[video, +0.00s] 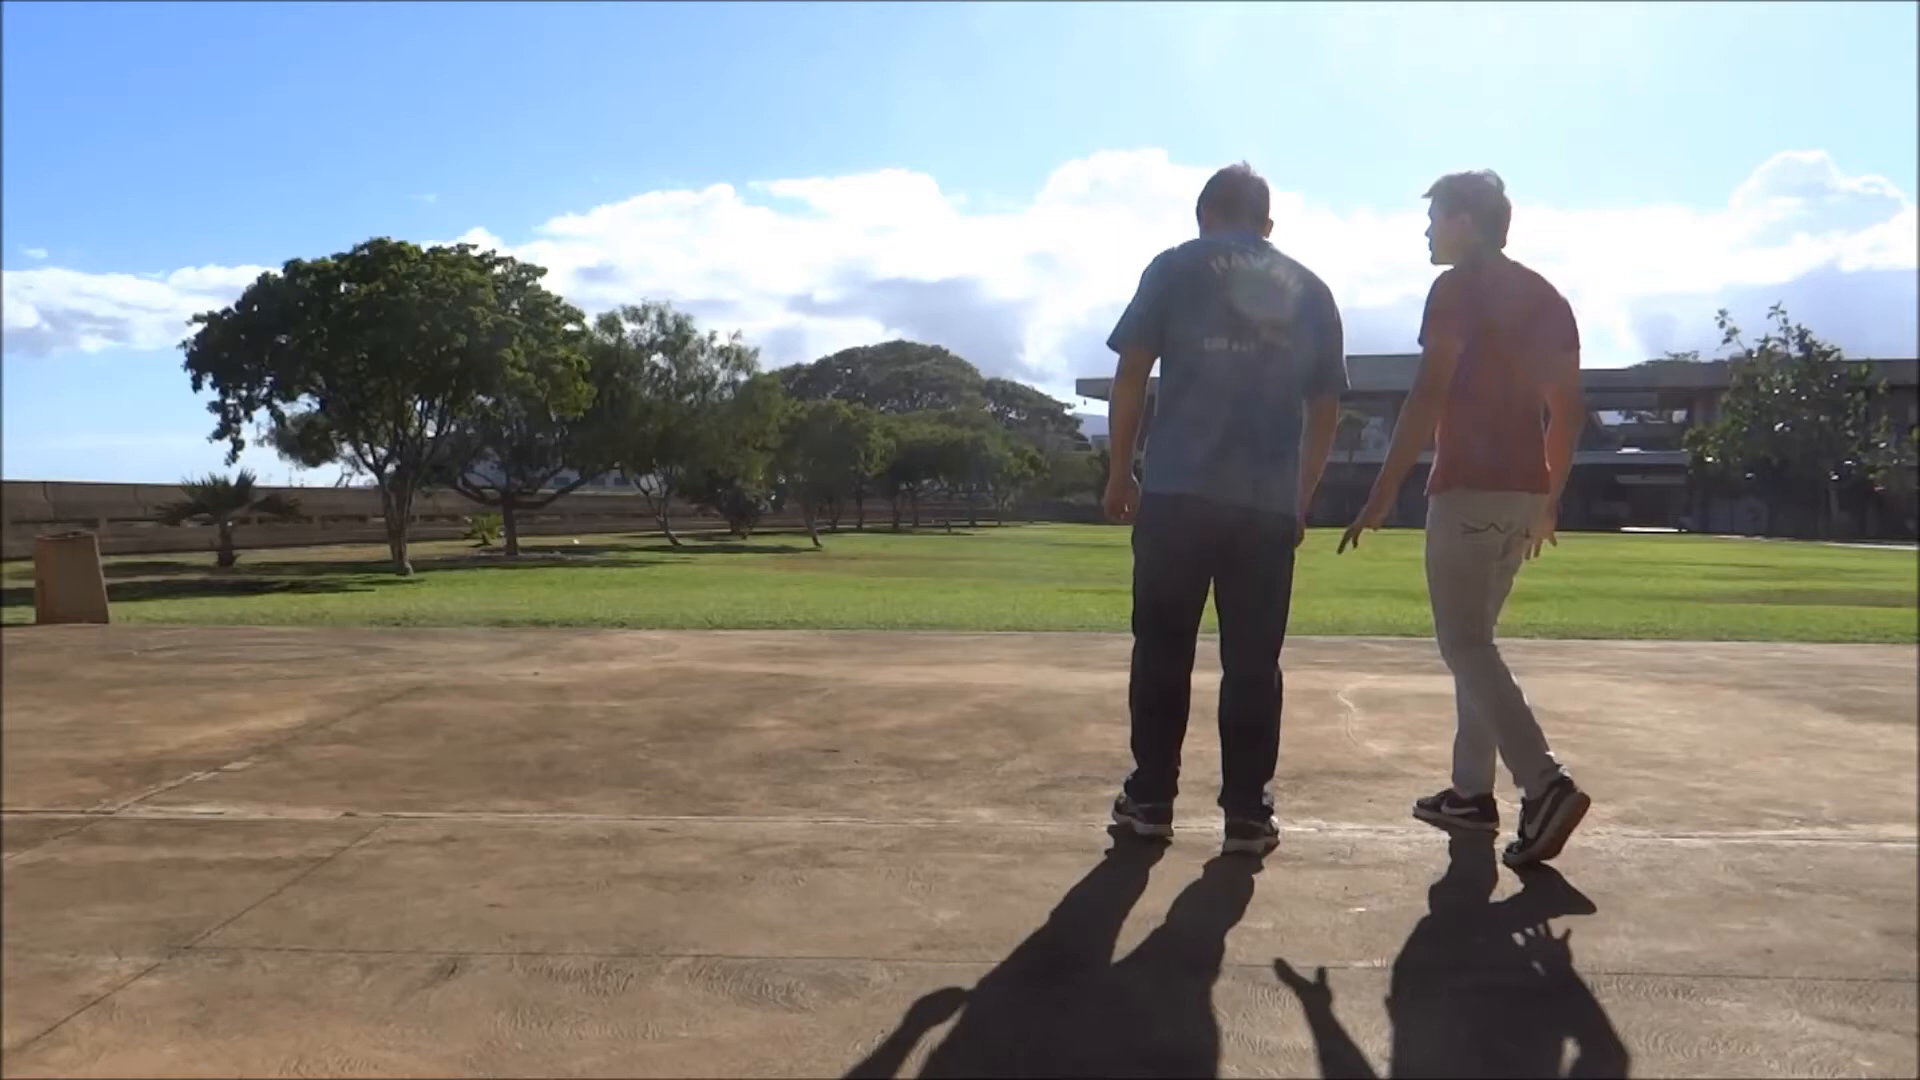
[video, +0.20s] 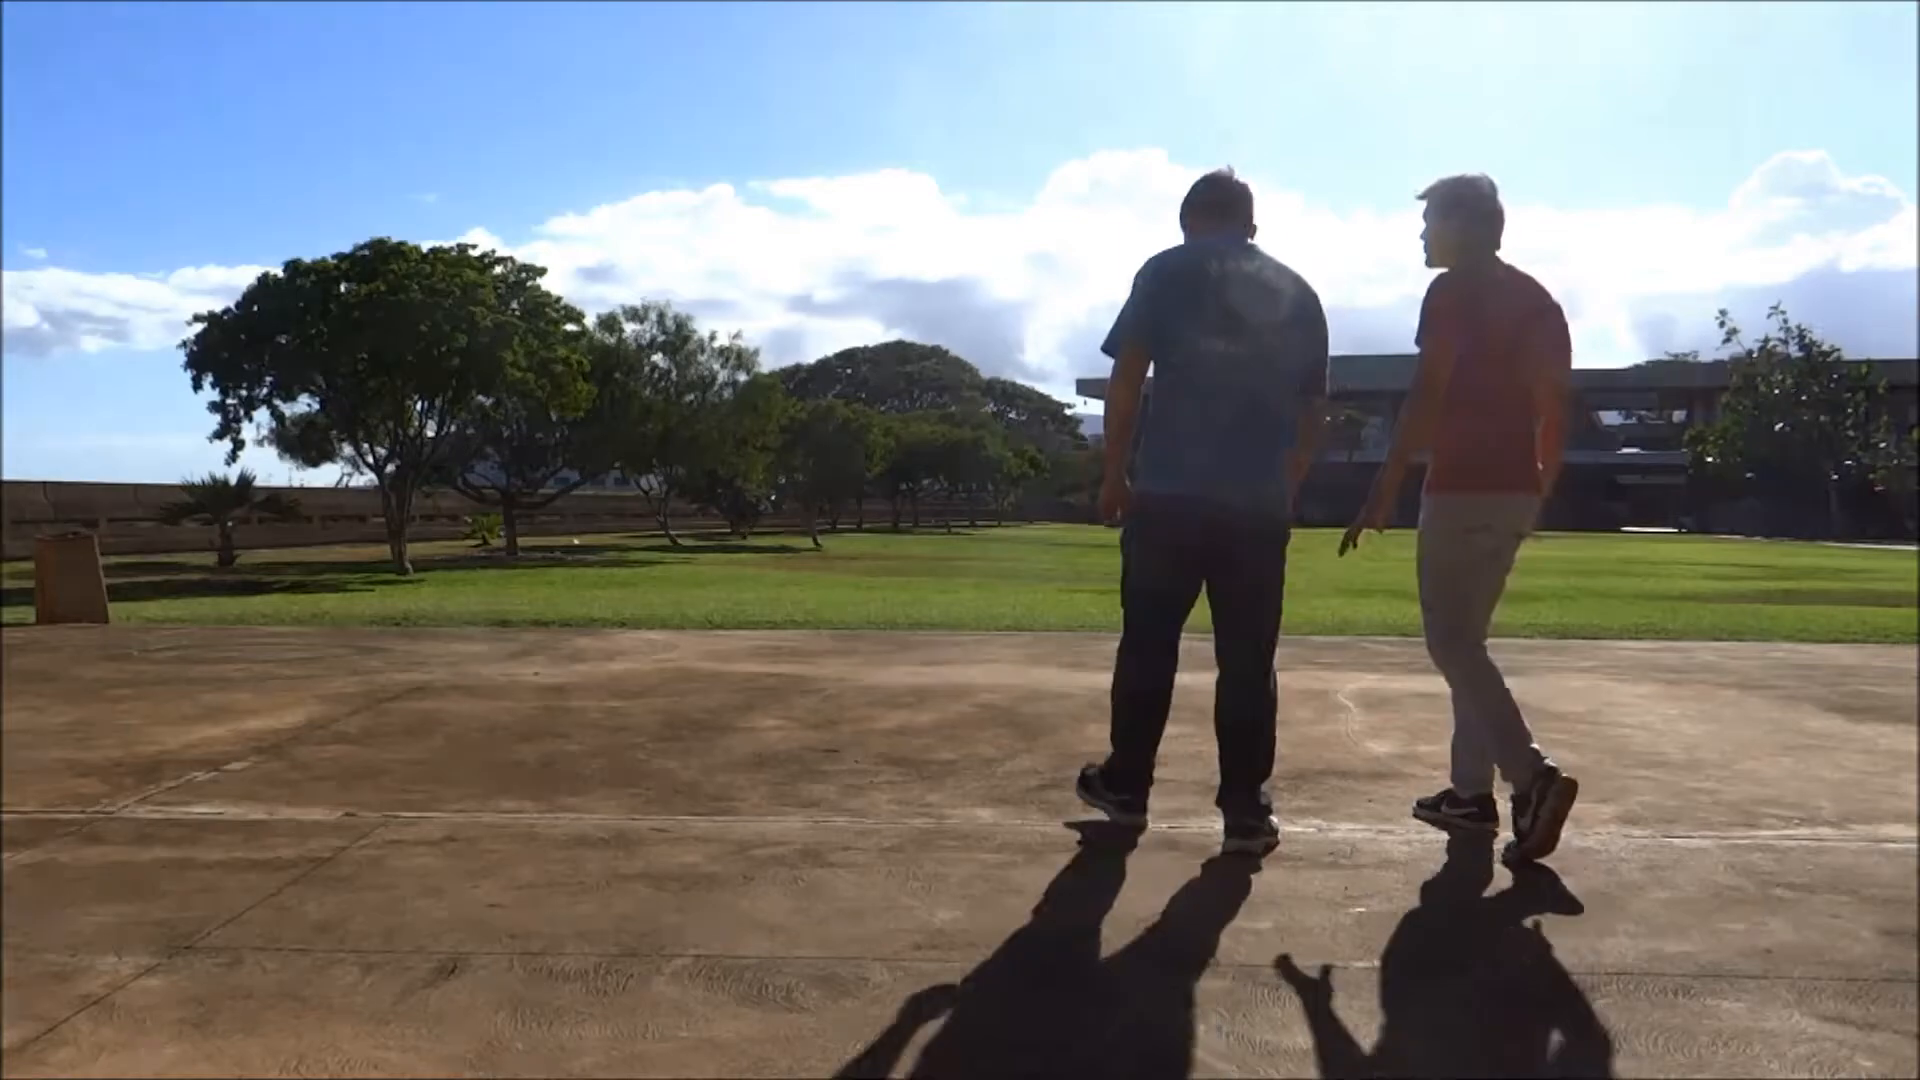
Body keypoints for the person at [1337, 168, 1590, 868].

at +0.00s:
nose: (1428, 230)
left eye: (1436, 218)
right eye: (1430, 218)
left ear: (1467, 223)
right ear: (1491, 224)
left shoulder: (1453, 289)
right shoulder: (1551, 300)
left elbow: (1428, 397)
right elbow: (1566, 410)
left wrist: (1382, 491)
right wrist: (1548, 499)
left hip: (1465, 491)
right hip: (1530, 494)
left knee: (1462, 640)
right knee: (1474, 641)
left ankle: (1545, 786)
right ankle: (1470, 794)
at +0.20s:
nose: (1422, 234)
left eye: (1431, 221)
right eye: (1425, 221)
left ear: (1461, 226)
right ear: (1486, 227)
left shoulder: (1449, 292)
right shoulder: (1540, 300)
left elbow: (1427, 398)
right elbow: (1553, 407)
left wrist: (1386, 487)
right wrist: (1537, 487)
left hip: (1461, 491)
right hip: (1518, 493)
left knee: (1450, 641)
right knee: (1466, 641)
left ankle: (1533, 780)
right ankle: (1469, 794)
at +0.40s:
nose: (1416, 237)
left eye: (1425, 224)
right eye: (1418, 224)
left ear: (1457, 230)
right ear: (1480, 230)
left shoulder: (1448, 294)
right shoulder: (1531, 304)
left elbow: (1429, 398)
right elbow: (1541, 414)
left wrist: (1389, 495)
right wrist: (1516, 489)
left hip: (1457, 492)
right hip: (1508, 494)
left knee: (1439, 638)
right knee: (1460, 640)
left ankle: (1519, 775)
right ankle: (1467, 793)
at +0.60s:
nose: (1411, 243)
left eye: (1419, 230)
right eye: (1412, 231)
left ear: (1451, 232)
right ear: (1471, 232)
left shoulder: (1448, 294)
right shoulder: (1520, 302)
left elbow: (1438, 401)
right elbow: (1529, 413)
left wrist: (1409, 501)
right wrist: (1504, 480)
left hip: (1456, 492)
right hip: (1504, 493)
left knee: (1424, 634)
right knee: (1460, 638)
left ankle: (1506, 763)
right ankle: (1472, 788)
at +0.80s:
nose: (1404, 243)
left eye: (1411, 230)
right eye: (1405, 231)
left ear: (1440, 233)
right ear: (1462, 233)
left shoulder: (1450, 296)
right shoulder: (1510, 299)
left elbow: (1452, 397)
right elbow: (1511, 404)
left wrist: (1431, 493)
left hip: (1450, 491)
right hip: (1500, 493)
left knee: (1392, 626)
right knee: (1460, 635)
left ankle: (1482, 754)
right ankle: (1470, 799)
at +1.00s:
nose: (1400, 250)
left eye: (1404, 236)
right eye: (1400, 236)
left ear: (1424, 237)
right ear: (1459, 232)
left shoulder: (1452, 300)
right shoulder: (1498, 303)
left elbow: (1473, 402)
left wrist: (1467, 492)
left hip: (1441, 494)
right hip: (1492, 497)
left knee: (1378, 623)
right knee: (1457, 640)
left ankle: (1408, 776)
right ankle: (1471, 795)